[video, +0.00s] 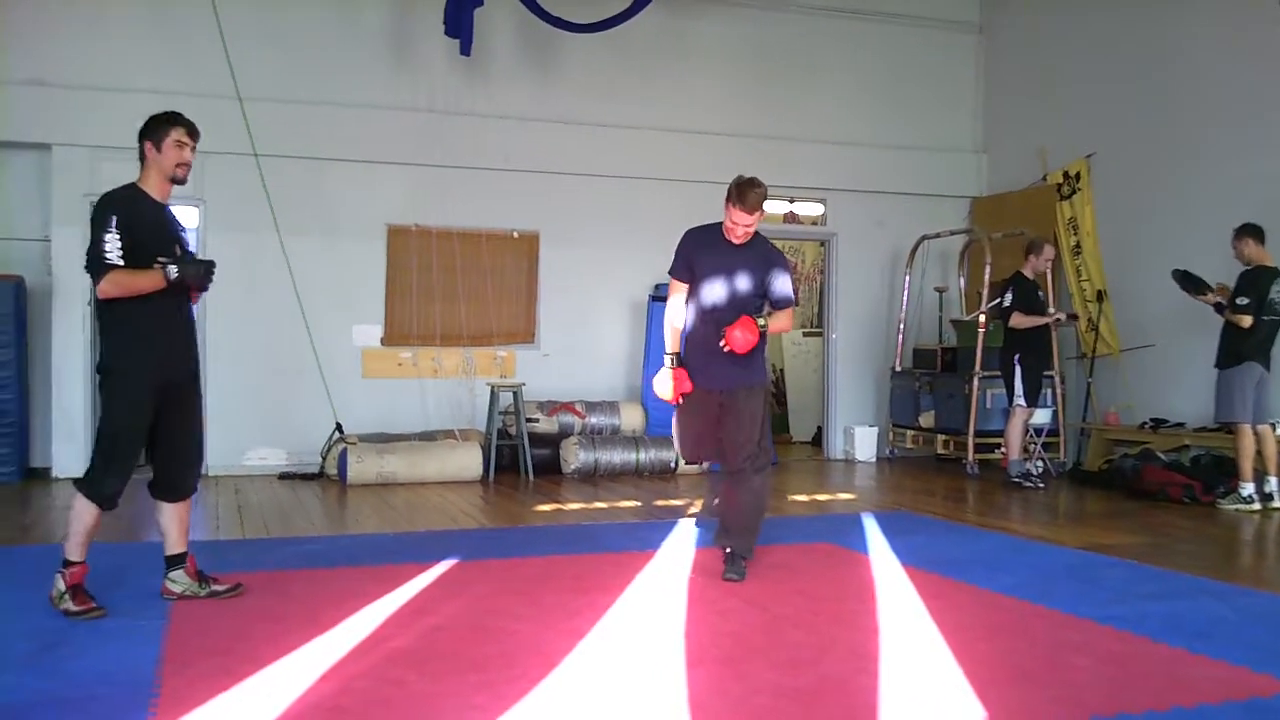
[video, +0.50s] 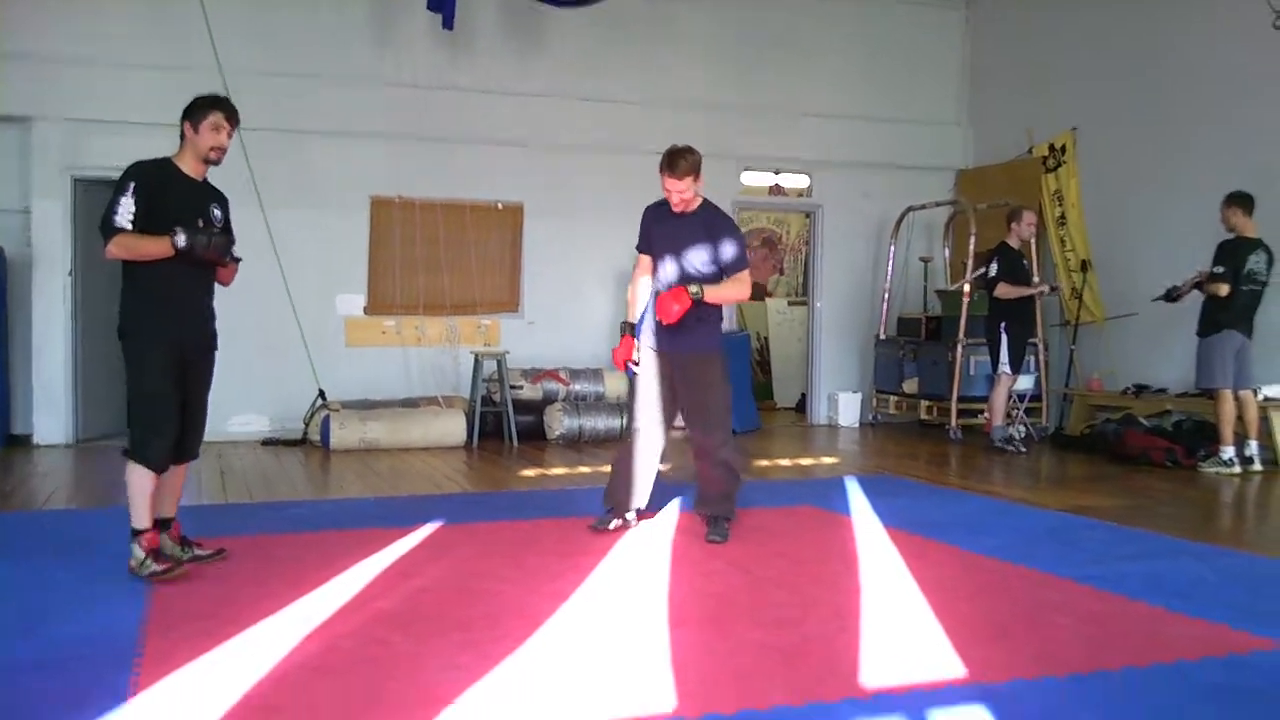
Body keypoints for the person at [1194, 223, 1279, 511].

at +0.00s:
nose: (1235, 254)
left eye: (1236, 248)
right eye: (1234, 249)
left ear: (1248, 243)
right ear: (1256, 242)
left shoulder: (1251, 276)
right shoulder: (1274, 275)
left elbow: (1244, 319)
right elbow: (1257, 316)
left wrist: (1216, 304)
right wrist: (1232, 297)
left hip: (1240, 360)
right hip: (1262, 360)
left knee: (1242, 426)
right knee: (1263, 425)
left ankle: (1246, 491)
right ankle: (1272, 489)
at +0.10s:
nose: (1233, 251)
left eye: (1234, 245)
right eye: (1233, 246)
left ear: (1246, 242)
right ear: (1256, 241)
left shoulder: (1249, 276)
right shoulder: (1272, 275)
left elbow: (1239, 319)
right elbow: (1255, 316)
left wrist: (1215, 304)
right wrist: (1229, 298)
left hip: (1237, 360)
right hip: (1258, 359)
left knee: (1238, 425)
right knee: (1259, 424)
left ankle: (1242, 490)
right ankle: (1268, 488)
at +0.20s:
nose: (1235, 248)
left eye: (1236, 243)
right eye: (1235, 243)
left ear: (1247, 240)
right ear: (1258, 240)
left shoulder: (1246, 276)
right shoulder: (1272, 275)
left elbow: (1238, 318)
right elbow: (1256, 311)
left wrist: (1216, 307)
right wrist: (1227, 300)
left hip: (1236, 359)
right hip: (1258, 359)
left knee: (1238, 424)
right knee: (1259, 423)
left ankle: (1242, 489)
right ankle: (1268, 488)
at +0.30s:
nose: (1236, 246)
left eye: (1238, 241)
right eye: (1237, 241)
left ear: (1249, 240)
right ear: (1260, 240)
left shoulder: (1245, 276)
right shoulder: (1273, 276)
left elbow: (1238, 318)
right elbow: (1258, 314)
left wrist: (1214, 309)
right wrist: (1226, 304)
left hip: (1237, 359)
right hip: (1259, 358)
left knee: (1238, 424)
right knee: (1260, 423)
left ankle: (1242, 489)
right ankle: (1269, 488)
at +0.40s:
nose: (1230, 243)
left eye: (1232, 237)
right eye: (1231, 237)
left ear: (1243, 236)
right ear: (1255, 236)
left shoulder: (1238, 272)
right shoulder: (1271, 274)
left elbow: (1231, 314)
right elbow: (1253, 313)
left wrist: (1211, 308)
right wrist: (1219, 302)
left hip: (1230, 354)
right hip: (1252, 355)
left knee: (1232, 420)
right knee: (1253, 418)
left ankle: (1235, 485)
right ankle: (1261, 484)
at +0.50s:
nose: (1221, 218)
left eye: (1224, 213)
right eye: (1222, 213)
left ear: (1236, 213)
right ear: (1246, 213)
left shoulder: (1229, 247)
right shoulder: (1264, 251)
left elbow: (1221, 289)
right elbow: (1246, 288)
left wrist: (1201, 283)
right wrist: (1209, 278)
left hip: (1221, 328)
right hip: (1244, 328)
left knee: (1223, 391)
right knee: (1245, 390)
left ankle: (1226, 455)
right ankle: (1253, 453)